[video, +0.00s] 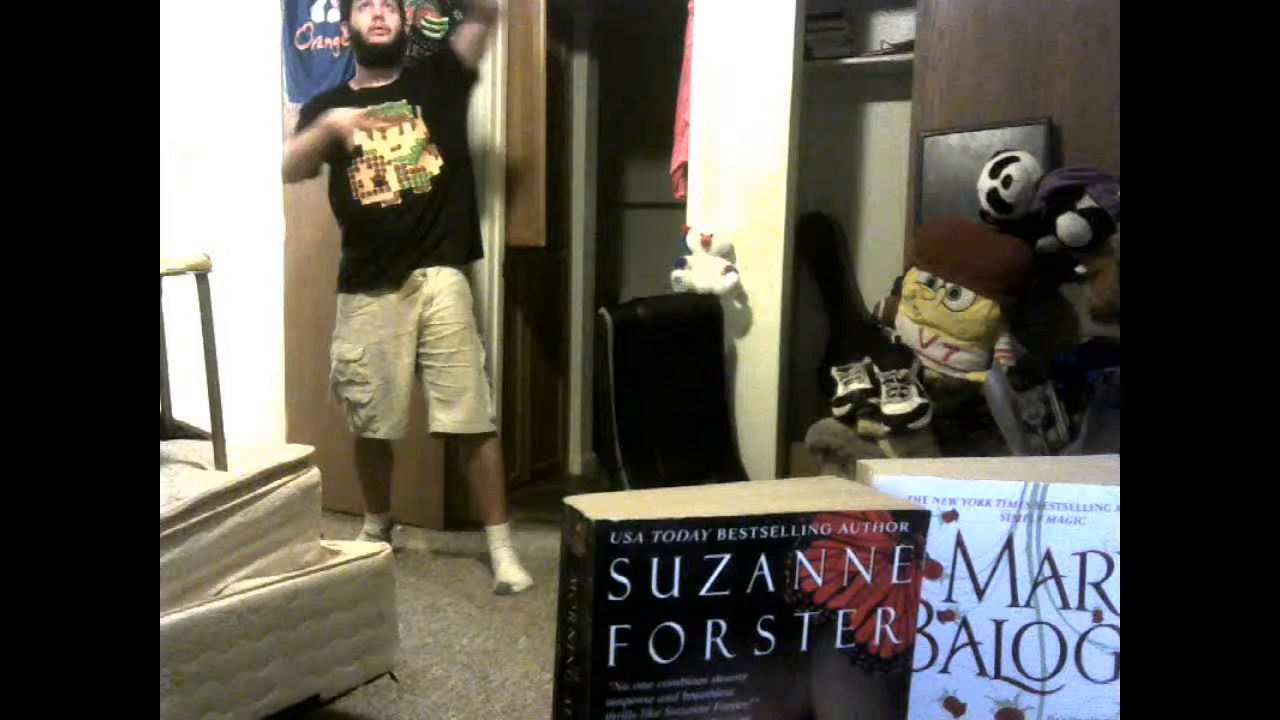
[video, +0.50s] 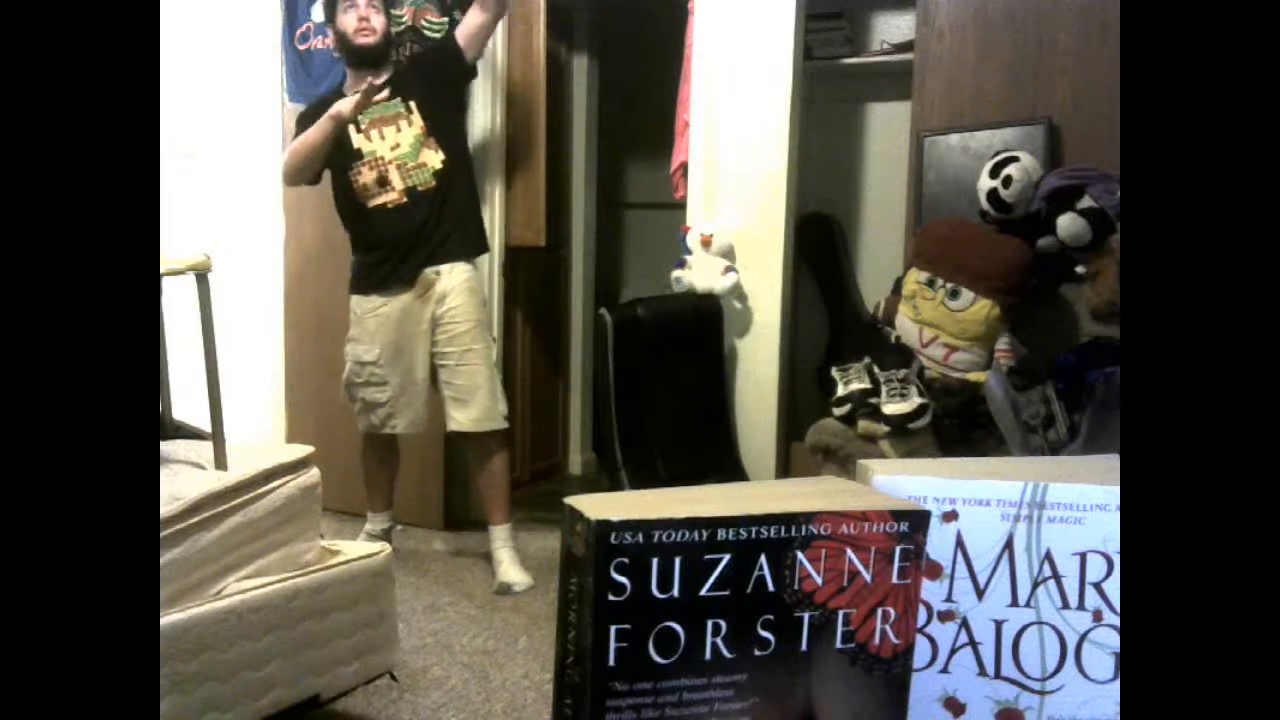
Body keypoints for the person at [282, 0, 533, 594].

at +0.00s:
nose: (379, 13)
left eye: (388, 5)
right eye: (366, 7)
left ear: (405, 19)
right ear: (348, 26)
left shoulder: (439, 74)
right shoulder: (331, 103)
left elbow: (484, 14)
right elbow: (290, 170)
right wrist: (328, 129)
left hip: (442, 268)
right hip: (369, 277)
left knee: (470, 411)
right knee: (369, 411)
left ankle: (500, 544)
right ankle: (376, 532)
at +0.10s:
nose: (373, 15)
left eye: (383, 6)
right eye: (360, 7)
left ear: (401, 16)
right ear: (341, 21)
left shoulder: (434, 71)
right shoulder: (328, 108)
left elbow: (460, 12)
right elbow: (312, 173)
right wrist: (363, 120)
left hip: (442, 265)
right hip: (370, 276)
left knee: (472, 410)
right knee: (369, 412)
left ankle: (499, 545)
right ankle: (377, 532)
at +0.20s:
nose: (369, 14)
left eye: (381, 5)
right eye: (357, 6)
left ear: (398, 15)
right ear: (338, 19)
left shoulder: (432, 70)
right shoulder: (327, 109)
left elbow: (457, 9)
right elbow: (317, 174)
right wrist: (367, 118)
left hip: (443, 266)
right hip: (371, 278)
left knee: (473, 411)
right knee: (371, 414)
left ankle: (501, 545)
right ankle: (377, 532)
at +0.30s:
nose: (362, 14)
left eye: (371, 5)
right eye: (349, 7)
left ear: (387, 18)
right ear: (333, 27)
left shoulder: (429, 67)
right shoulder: (324, 111)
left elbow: (467, 8)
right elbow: (303, 178)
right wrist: (352, 120)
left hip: (448, 264)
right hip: (376, 278)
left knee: (475, 410)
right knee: (374, 409)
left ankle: (502, 544)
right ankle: (377, 530)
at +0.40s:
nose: (362, 14)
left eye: (371, 6)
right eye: (348, 8)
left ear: (386, 19)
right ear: (332, 28)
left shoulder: (431, 69)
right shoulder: (323, 113)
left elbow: (479, 6)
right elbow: (295, 179)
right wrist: (343, 119)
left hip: (451, 265)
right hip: (379, 281)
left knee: (478, 409)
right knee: (378, 410)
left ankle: (502, 544)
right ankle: (378, 531)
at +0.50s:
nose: (364, 13)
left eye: (373, 5)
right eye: (350, 7)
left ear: (388, 19)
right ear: (334, 29)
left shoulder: (432, 69)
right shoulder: (324, 111)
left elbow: (490, 6)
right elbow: (293, 175)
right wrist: (335, 118)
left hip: (453, 263)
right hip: (380, 279)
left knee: (479, 408)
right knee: (378, 410)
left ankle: (503, 544)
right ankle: (378, 531)